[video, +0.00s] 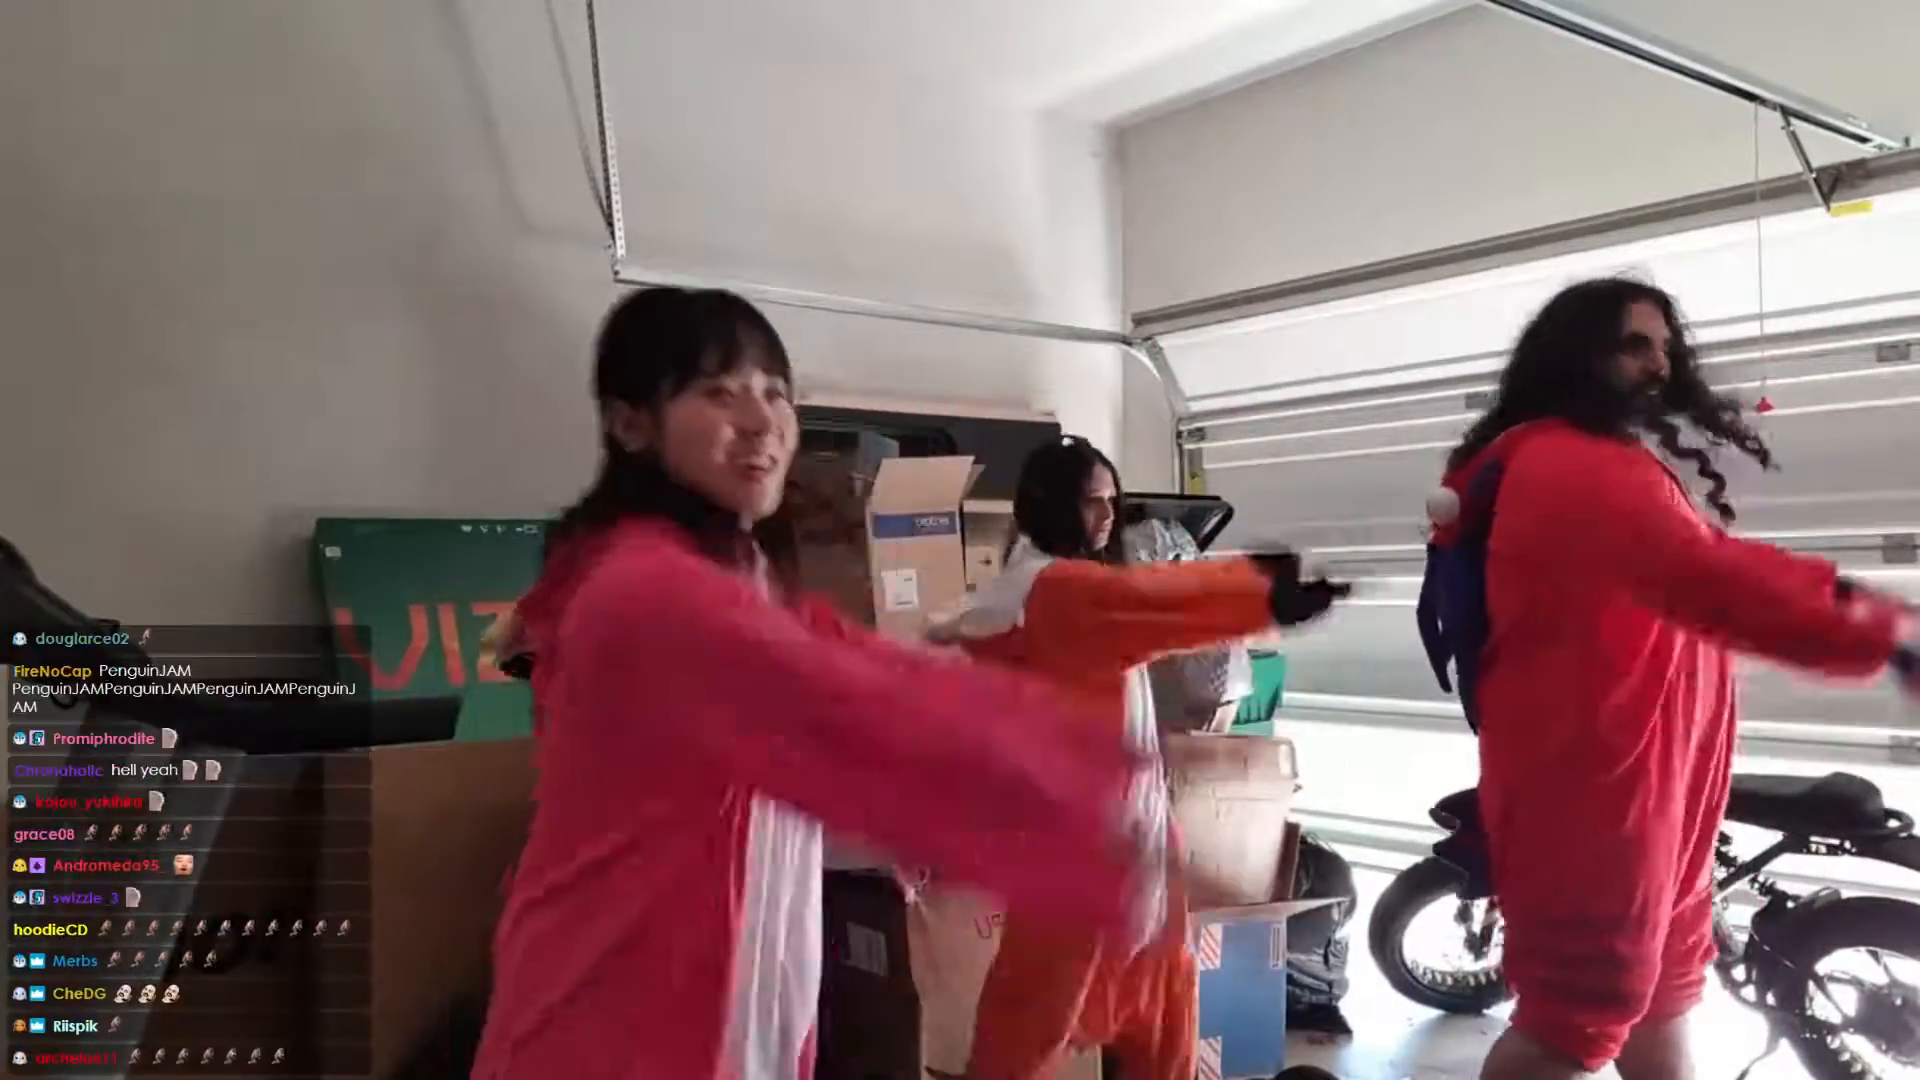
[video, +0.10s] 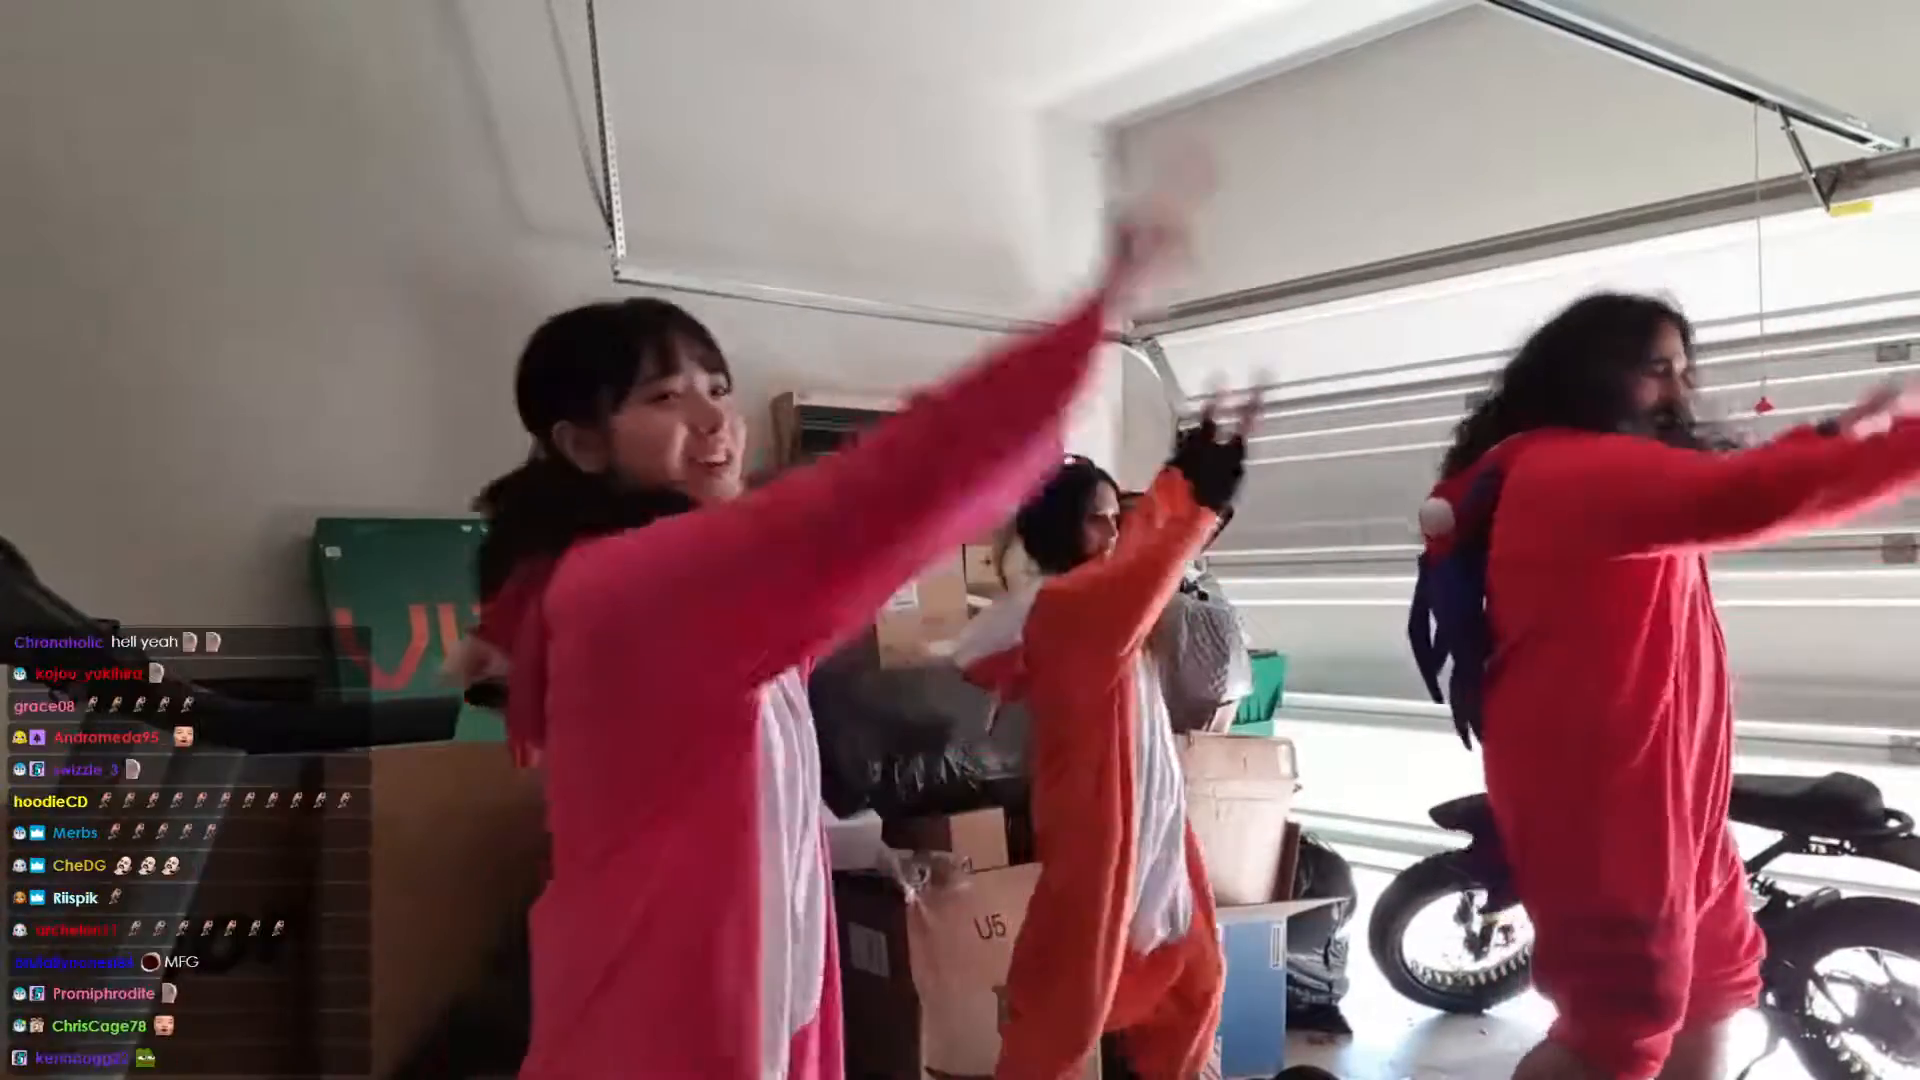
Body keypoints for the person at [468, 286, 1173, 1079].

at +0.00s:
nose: (759, 420)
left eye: (774, 392)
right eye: (716, 392)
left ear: (793, 418)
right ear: (632, 423)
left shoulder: (735, 586)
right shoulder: (641, 592)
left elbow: (917, 686)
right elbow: (871, 727)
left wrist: (1131, 767)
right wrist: (1128, 834)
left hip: (732, 1030)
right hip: (619, 1039)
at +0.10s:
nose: (714, 416)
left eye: (716, 388)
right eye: (665, 395)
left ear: (740, 402)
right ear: (578, 441)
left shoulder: (720, 594)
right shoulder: (607, 595)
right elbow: (874, 498)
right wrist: (1103, 307)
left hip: (775, 1032)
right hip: (660, 1045)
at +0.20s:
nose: (720, 458)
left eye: (725, 433)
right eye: (678, 441)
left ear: (746, 443)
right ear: (598, 492)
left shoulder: (735, 635)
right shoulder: (620, 640)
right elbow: (779, 456)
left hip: (782, 1047)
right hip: (681, 1052)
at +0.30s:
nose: (744, 457)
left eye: (747, 430)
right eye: (715, 431)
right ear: (625, 479)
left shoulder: (721, 642)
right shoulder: (630, 634)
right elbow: (765, 441)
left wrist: (859, 863)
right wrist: (786, 197)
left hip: (759, 1050)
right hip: (669, 1054)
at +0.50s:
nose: (839, 442)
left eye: (844, 419)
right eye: (803, 410)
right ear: (700, 423)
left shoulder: (732, 586)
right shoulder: (642, 576)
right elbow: (882, 622)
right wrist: (1134, 602)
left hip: (666, 1027)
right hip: (562, 1032)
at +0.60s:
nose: (894, 508)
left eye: (888, 481)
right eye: (865, 477)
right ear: (761, 498)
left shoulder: (767, 663)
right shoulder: (692, 663)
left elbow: (869, 827)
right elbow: (832, 879)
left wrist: (988, 940)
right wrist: (998, 1046)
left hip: (612, 1041)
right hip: (507, 1044)